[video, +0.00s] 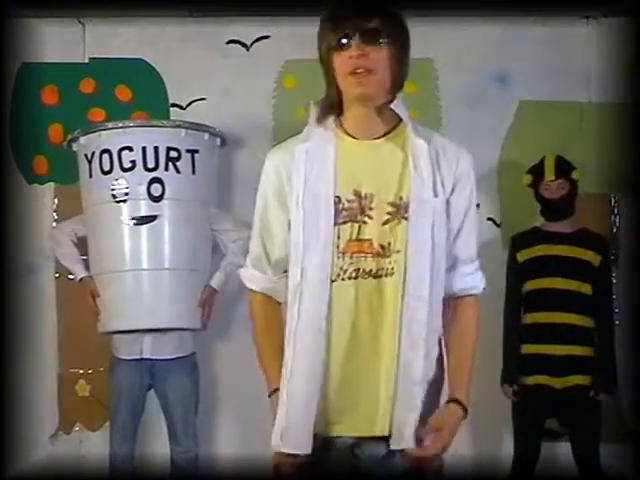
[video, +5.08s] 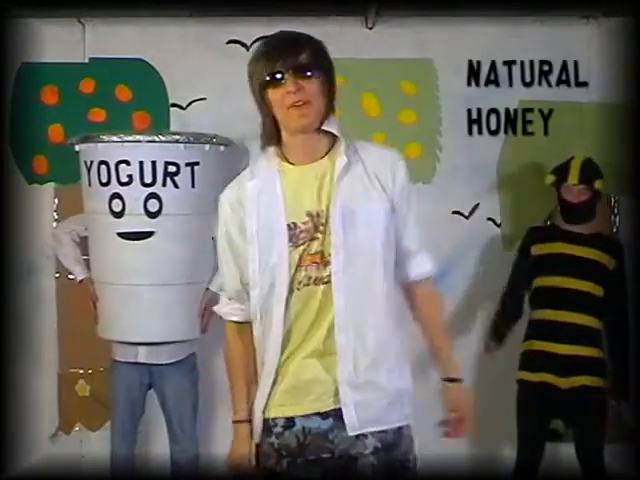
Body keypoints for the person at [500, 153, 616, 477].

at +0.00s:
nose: (553, 193)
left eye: (560, 185)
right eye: (545, 187)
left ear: (573, 188)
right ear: (536, 193)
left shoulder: (596, 245)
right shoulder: (521, 244)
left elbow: (604, 315)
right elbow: (512, 311)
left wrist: (606, 372)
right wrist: (509, 368)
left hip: (580, 376)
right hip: (531, 376)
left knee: (588, 463)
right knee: (524, 461)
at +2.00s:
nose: (532, 193)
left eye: (540, 185)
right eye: (532, 185)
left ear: (559, 188)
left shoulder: (596, 246)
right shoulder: (526, 244)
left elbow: (603, 317)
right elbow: (516, 312)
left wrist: (598, 375)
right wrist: (507, 365)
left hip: (578, 376)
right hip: (529, 374)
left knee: (587, 460)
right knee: (524, 458)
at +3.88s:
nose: (556, 195)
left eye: (563, 187)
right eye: (548, 187)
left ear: (575, 189)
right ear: (535, 193)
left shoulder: (597, 245)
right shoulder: (521, 245)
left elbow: (607, 314)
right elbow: (509, 309)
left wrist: (609, 372)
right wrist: (479, 326)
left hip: (581, 371)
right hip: (532, 371)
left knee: (589, 461)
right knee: (525, 459)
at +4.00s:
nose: (555, 194)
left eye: (563, 186)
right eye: (547, 187)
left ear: (576, 190)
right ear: (537, 191)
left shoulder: (599, 245)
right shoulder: (525, 241)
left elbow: (609, 315)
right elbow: (496, 291)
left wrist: (613, 374)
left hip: (581, 370)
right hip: (533, 369)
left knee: (589, 460)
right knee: (526, 459)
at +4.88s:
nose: (579, 195)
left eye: (588, 188)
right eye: (572, 187)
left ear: (600, 193)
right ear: (561, 190)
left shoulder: (611, 249)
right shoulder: (537, 237)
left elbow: (618, 320)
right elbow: (498, 282)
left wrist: (622, 380)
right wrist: (494, 245)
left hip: (587, 368)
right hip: (538, 364)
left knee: (591, 460)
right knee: (527, 458)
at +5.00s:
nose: (577, 196)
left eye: (586, 188)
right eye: (570, 187)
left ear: (598, 193)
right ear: (559, 190)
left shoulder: (610, 249)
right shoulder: (536, 237)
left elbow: (618, 318)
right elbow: (511, 282)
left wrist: (621, 376)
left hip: (587, 365)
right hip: (538, 361)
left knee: (591, 458)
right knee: (528, 457)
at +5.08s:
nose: (574, 196)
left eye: (583, 189)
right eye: (568, 188)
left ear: (596, 194)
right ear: (557, 191)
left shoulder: (610, 249)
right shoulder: (536, 238)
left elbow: (617, 318)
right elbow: (514, 293)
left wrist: (621, 375)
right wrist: (497, 331)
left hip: (586, 365)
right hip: (537, 361)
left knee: (591, 458)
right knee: (528, 457)